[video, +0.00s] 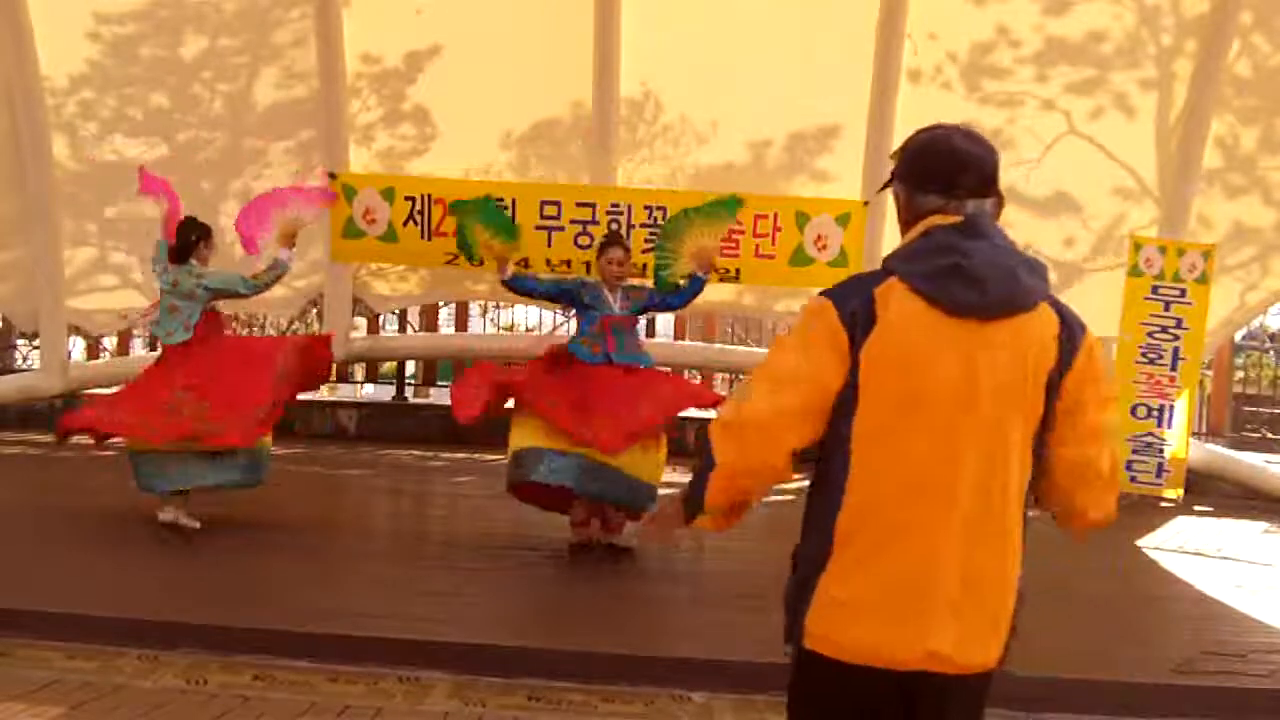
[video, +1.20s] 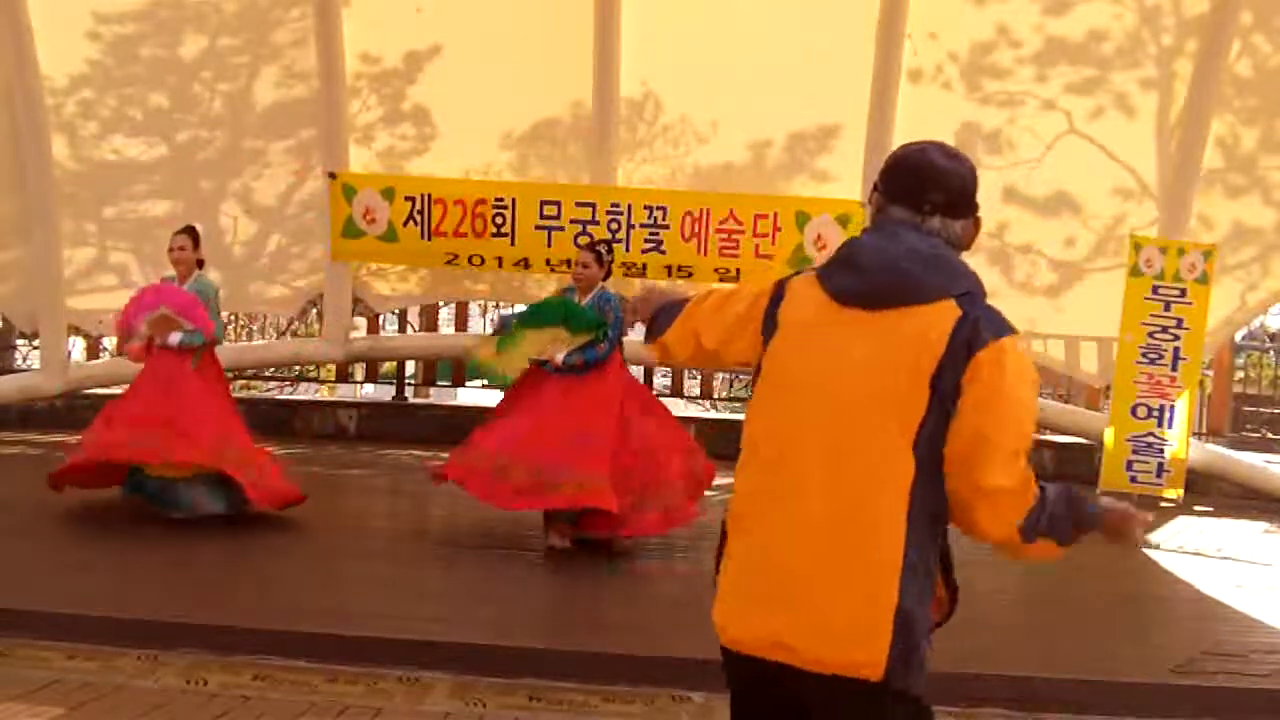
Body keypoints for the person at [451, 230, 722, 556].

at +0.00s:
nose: (615, 267)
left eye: (621, 262)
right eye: (610, 261)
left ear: (629, 265)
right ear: (598, 263)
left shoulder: (637, 296)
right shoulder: (583, 291)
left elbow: (676, 300)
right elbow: (543, 289)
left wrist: (702, 273)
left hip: (630, 378)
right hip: (586, 377)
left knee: (621, 453)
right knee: (585, 450)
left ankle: (611, 533)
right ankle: (583, 532)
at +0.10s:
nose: (608, 268)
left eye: (614, 263)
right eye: (603, 263)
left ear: (626, 266)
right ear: (595, 264)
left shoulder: (636, 296)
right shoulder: (582, 291)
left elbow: (667, 306)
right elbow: (541, 301)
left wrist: (678, 284)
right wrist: (497, 302)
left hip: (625, 377)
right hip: (585, 376)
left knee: (618, 452)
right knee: (587, 451)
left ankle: (609, 528)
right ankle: (586, 527)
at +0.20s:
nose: (601, 270)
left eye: (608, 265)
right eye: (597, 264)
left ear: (622, 267)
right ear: (591, 265)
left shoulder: (628, 298)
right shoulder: (582, 294)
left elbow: (652, 316)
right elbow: (548, 316)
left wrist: (638, 298)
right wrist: (516, 331)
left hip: (623, 379)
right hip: (585, 376)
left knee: (617, 451)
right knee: (589, 449)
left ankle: (605, 528)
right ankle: (587, 525)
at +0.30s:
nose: (596, 267)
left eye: (603, 261)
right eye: (592, 260)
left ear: (615, 265)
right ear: (584, 265)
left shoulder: (624, 298)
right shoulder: (577, 302)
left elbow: (633, 325)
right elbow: (556, 341)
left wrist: (605, 317)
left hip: (621, 385)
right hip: (582, 380)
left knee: (615, 457)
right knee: (589, 453)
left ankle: (602, 527)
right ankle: (586, 527)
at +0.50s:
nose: (582, 272)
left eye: (590, 266)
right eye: (581, 265)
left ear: (610, 269)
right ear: (582, 267)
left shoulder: (616, 301)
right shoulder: (587, 300)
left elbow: (610, 340)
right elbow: (589, 340)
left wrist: (569, 341)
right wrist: (560, 338)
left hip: (610, 386)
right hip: (585, 385)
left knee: (603, 451)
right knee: (584, 448)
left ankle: (605, 529)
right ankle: (586, 526)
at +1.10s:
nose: (579, 271)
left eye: (587, 265)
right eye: (577, 264)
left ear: (603, 270)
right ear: (573, 267)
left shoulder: (611, 303)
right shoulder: (566, 299)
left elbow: (605, 347)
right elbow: (547, 334)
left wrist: (567, 360)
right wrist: (540, 353)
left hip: (600, 387)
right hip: (565, 385)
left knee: (597, 453)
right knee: (567, 453)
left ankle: (597, 527)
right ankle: (572, 525)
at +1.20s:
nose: (578, 270)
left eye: (586, 265)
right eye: (576, 264)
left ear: (603, 270)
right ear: (573, 267)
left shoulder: (612, 304)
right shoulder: (564, 298)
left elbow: (604, 348)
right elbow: (533, 317)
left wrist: (564, 360)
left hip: (597, 385)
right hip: (562, 383)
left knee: (588, 449)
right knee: (558, 449)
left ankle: (577, 523)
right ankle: (556, 524)